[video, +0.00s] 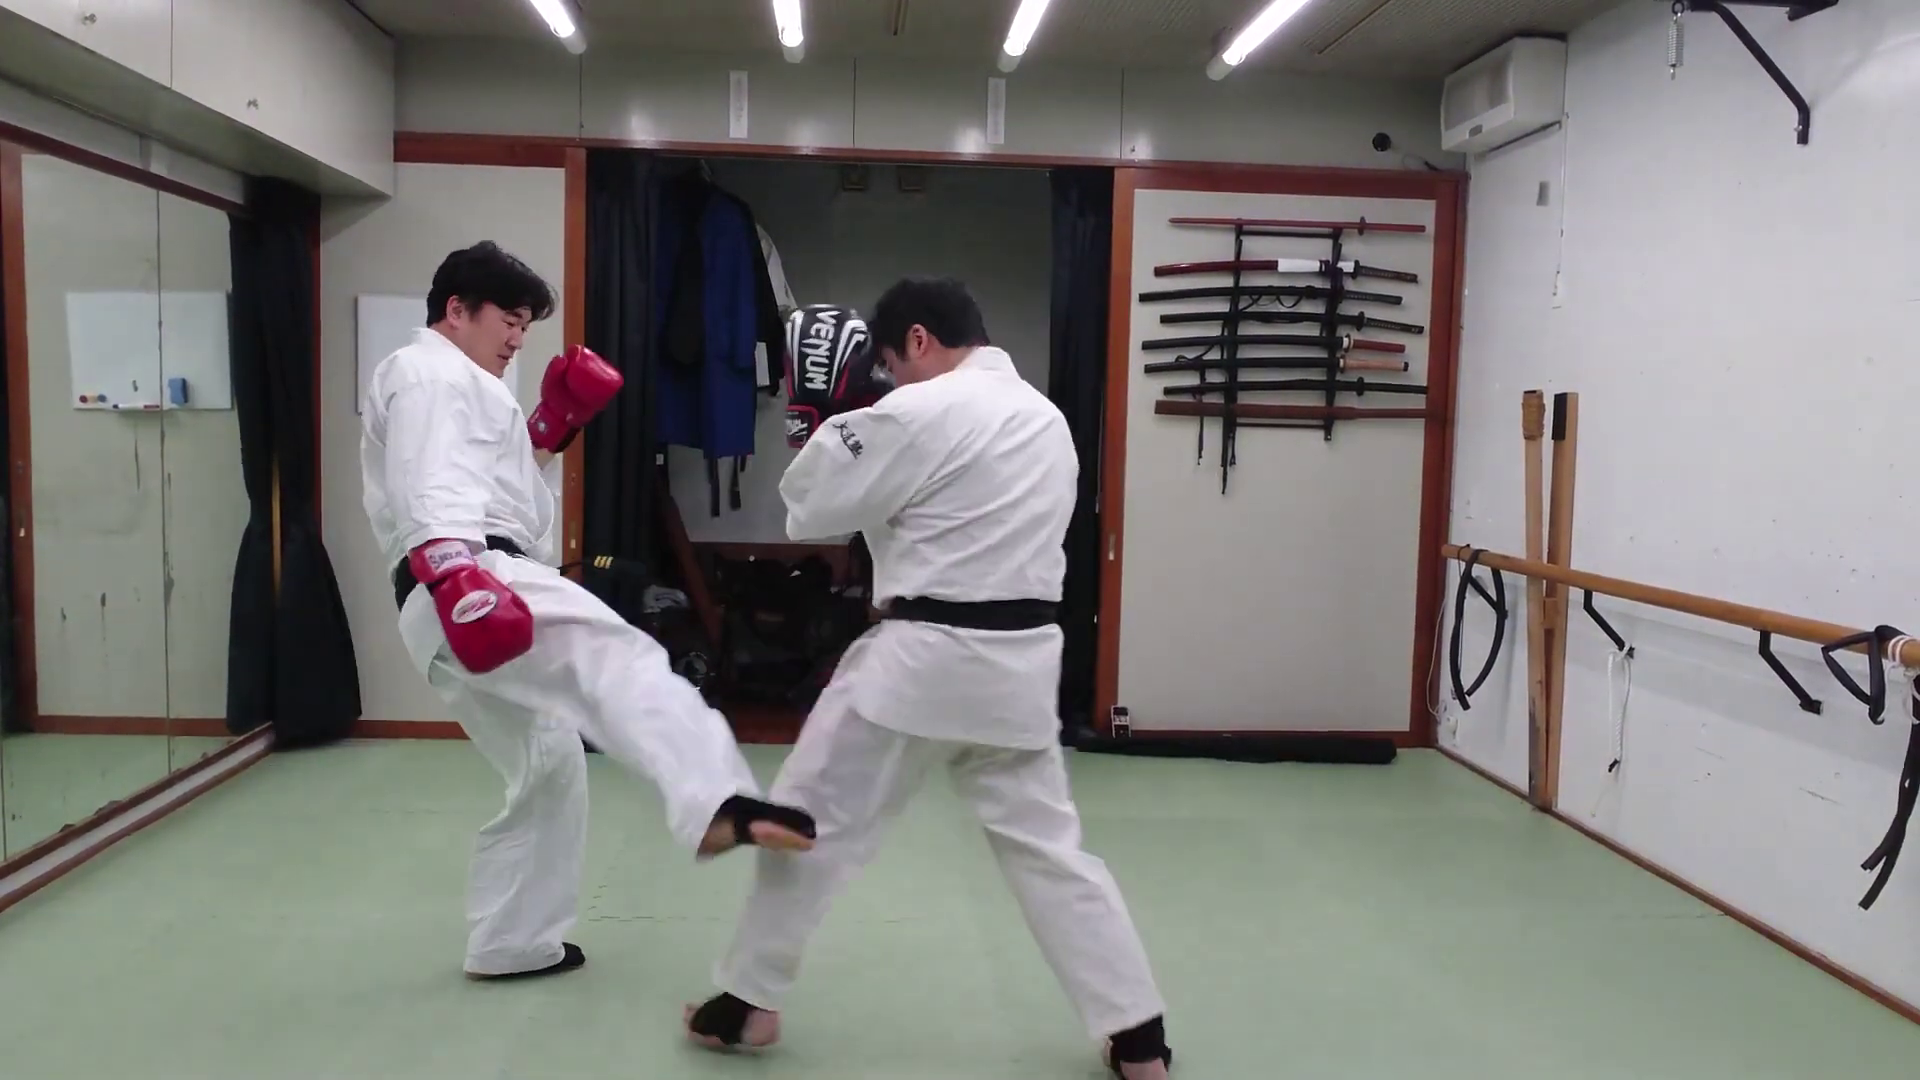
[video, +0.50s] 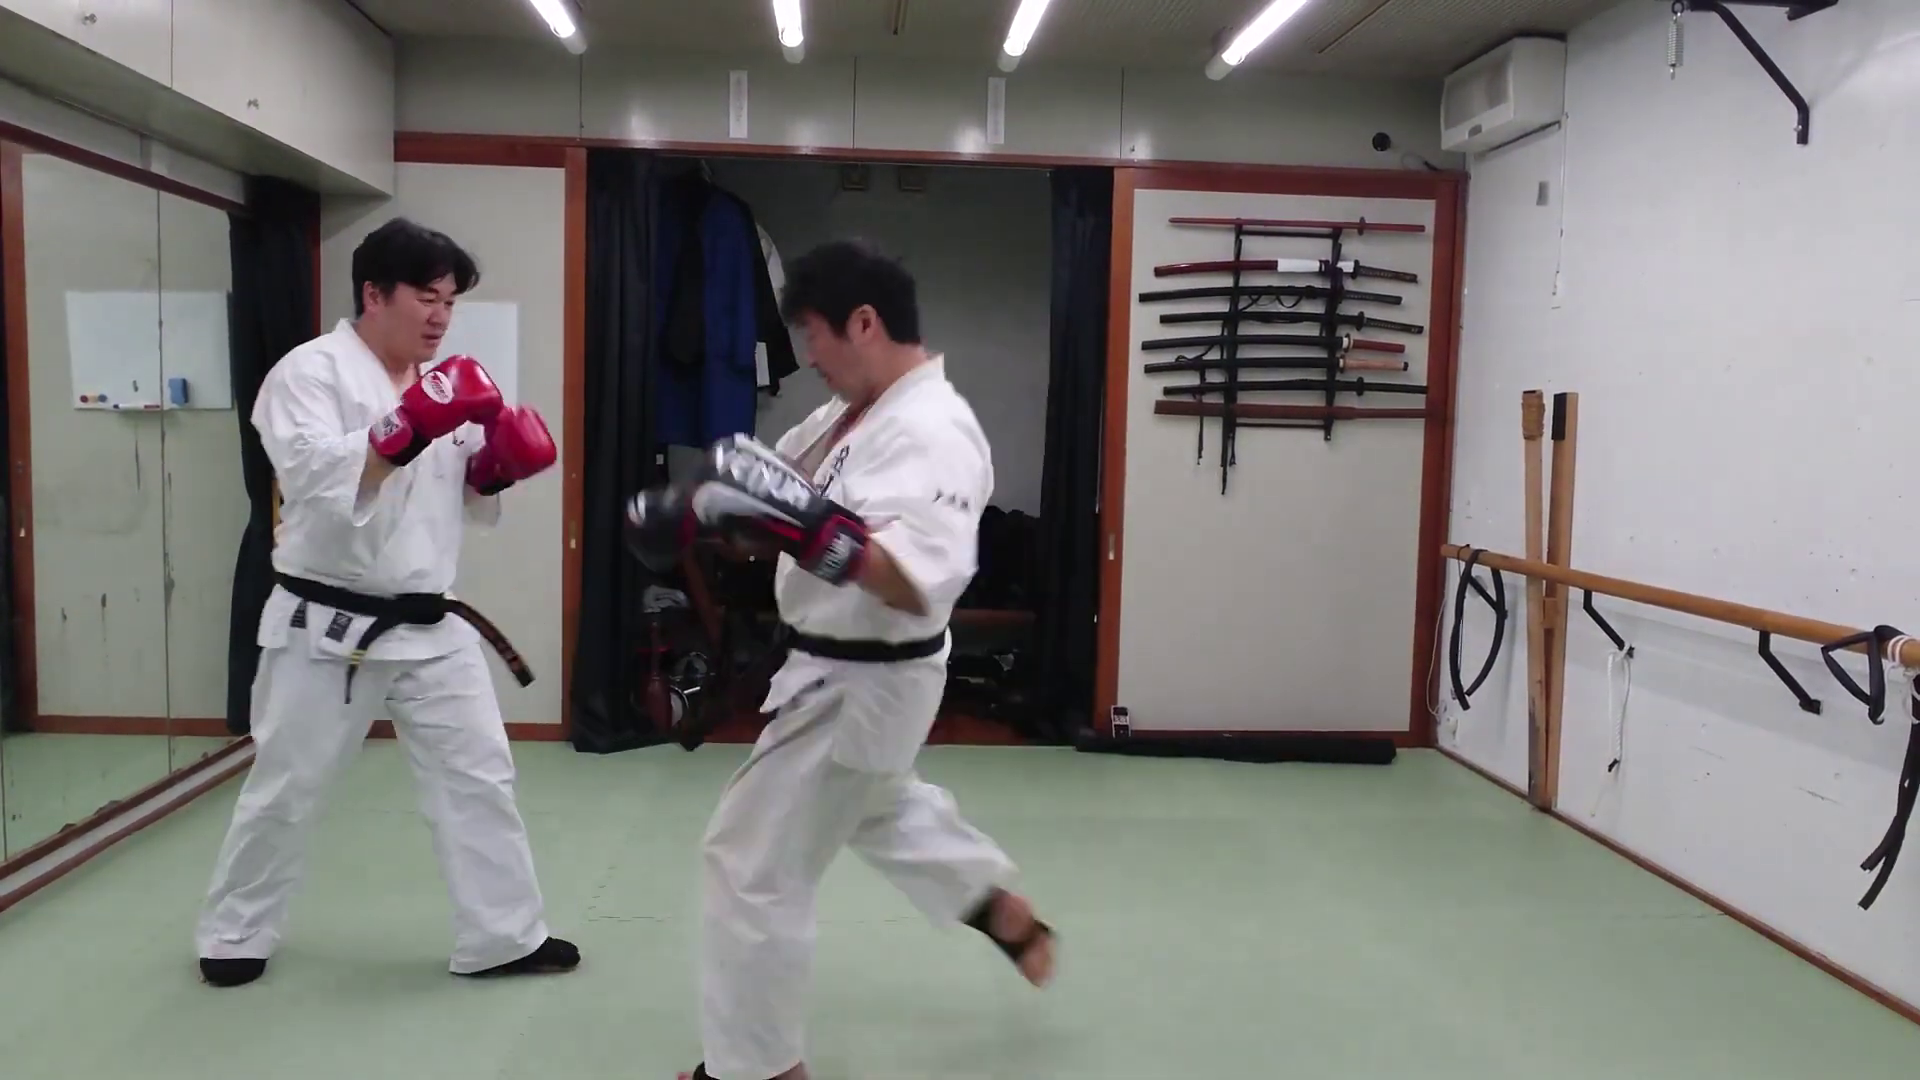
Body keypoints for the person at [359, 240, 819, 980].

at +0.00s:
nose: (519, 335)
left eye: (524, 323)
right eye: (509, 317)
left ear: (465, 317)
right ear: (457, 308)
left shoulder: (481, 388)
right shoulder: (431, 368)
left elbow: (503, 470)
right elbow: (429, 473)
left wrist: (553, 419)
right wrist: (457, 572)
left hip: (440, 597)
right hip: (475, 572)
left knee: (547, 759)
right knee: (621, 658)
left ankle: (511, 944)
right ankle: (713, 799)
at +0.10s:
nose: (512, 326)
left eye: (518, 312)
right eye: (500, 308)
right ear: (448, 304)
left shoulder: (476, 388)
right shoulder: (414, 366)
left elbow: (492, 482)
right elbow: (416, 478)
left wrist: (550, 439)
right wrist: (486, 538)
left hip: (492, 580)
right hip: (449, 582)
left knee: (542, 756)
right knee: (567, 702)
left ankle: (509, 942)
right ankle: (652, 864)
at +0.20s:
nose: (505, 313)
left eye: (510, 299)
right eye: (491, 296)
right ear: (439, 294)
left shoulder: (476, 396)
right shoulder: (393, 361)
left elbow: (491, 493)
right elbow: (391, 463)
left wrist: (549, 458)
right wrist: (498, 470)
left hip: (498, 594)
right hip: (436, 589)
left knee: (546, 759)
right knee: (495, 751)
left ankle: (531, 941)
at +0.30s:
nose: (494, 305)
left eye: (500, 291)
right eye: (481, 286)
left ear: (494, 296)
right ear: (427, 284)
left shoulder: (471, 381)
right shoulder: (375, 356)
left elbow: (477, 487)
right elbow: (370, 462)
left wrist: (542, 472)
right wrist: (467, 438)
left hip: (485, 602)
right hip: (402, 599)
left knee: (517, 771)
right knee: (415, 769)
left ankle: (509, 945)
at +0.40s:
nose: (475, 300)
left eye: (481, 286)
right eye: (459, 283)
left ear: (485, 292)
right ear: (407, 284)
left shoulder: (470, 377)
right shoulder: (341, 360)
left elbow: (465, 473)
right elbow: (342, 461)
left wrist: (517, 470)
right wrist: (439, 423)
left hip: (463, 611)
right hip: (365, 610)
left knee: (494, 783)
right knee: (329, 786)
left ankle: (504, 943)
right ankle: (241, 932)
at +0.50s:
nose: (442, 315)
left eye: (449, 302)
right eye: (427, 298)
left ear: (454, 304)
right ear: (373, 294)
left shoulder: (453, 382)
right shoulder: (304, 374)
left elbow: (472, 496)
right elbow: (315, 481)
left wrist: (498, 466)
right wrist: (400, 437)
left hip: (430, 623)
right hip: (321, 620)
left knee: (480, 777)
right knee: (285, 790)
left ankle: (499, 937)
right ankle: (235, 934)